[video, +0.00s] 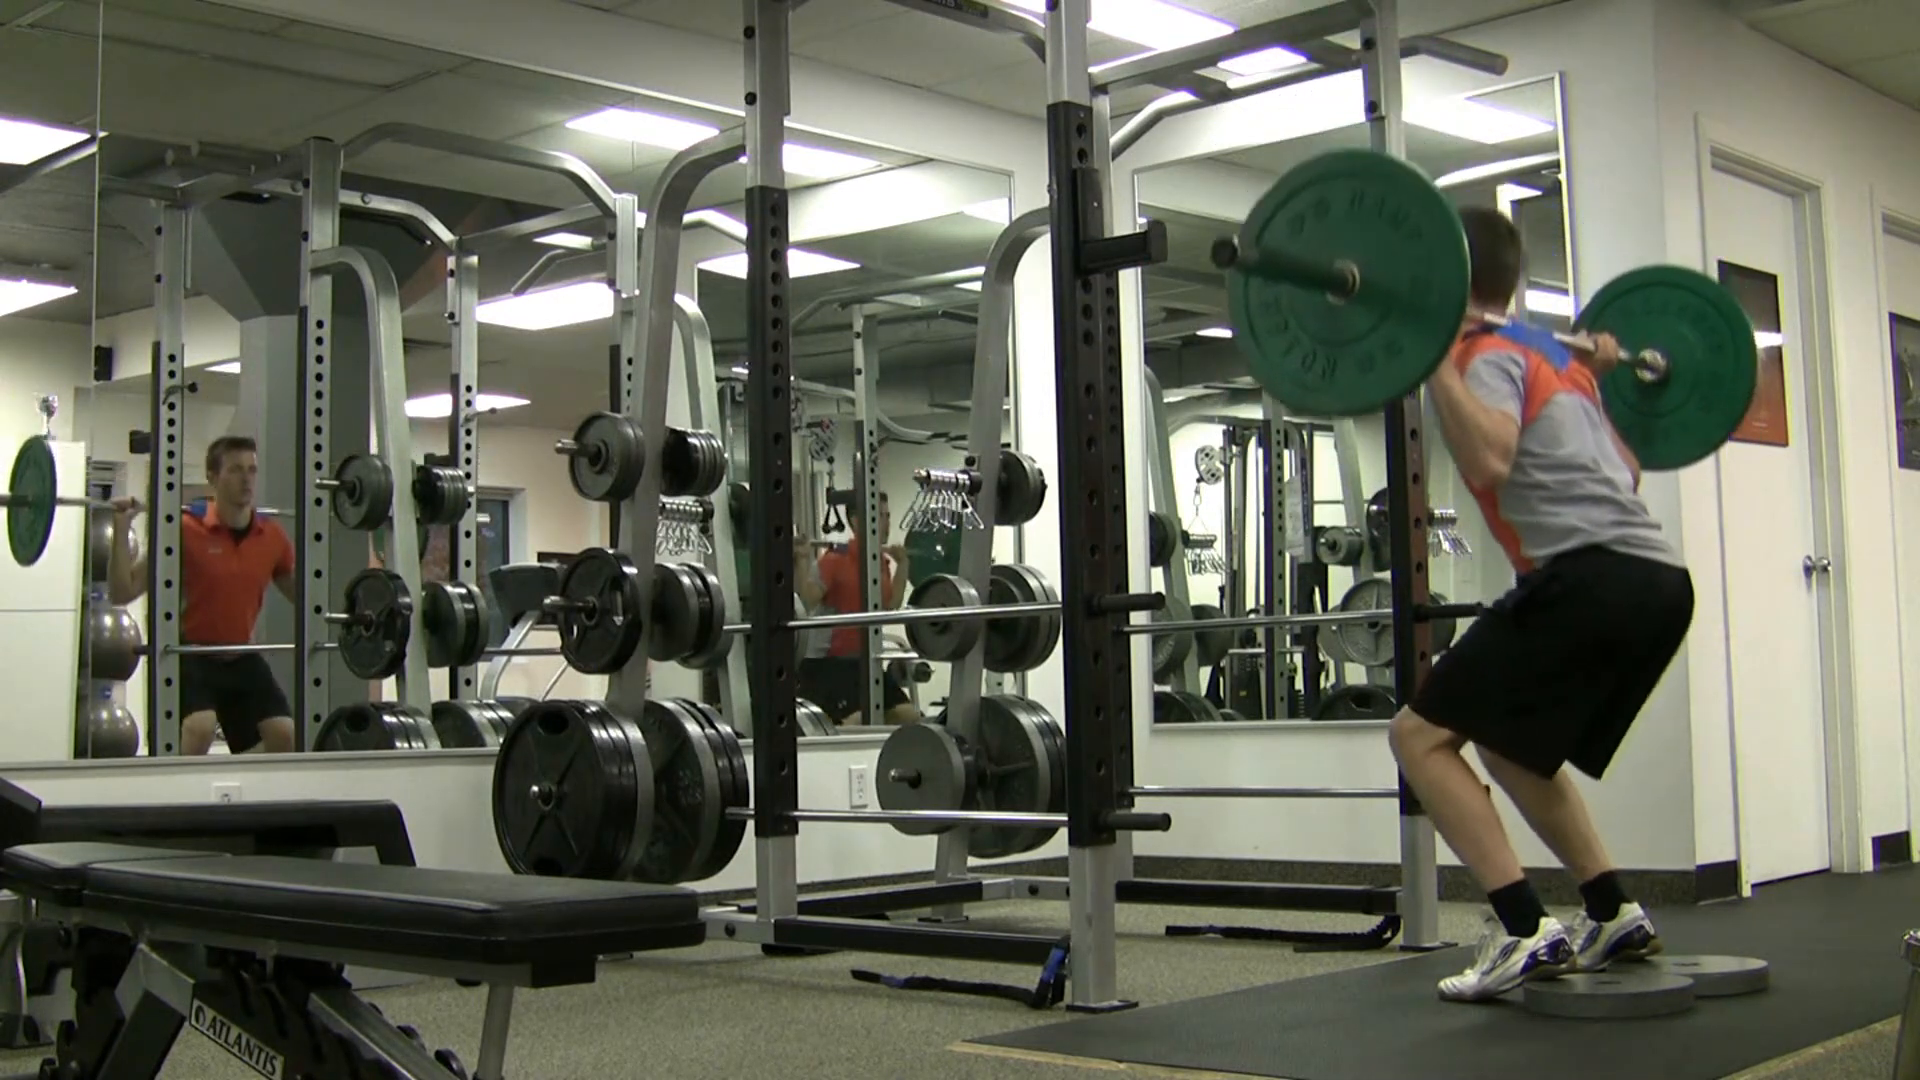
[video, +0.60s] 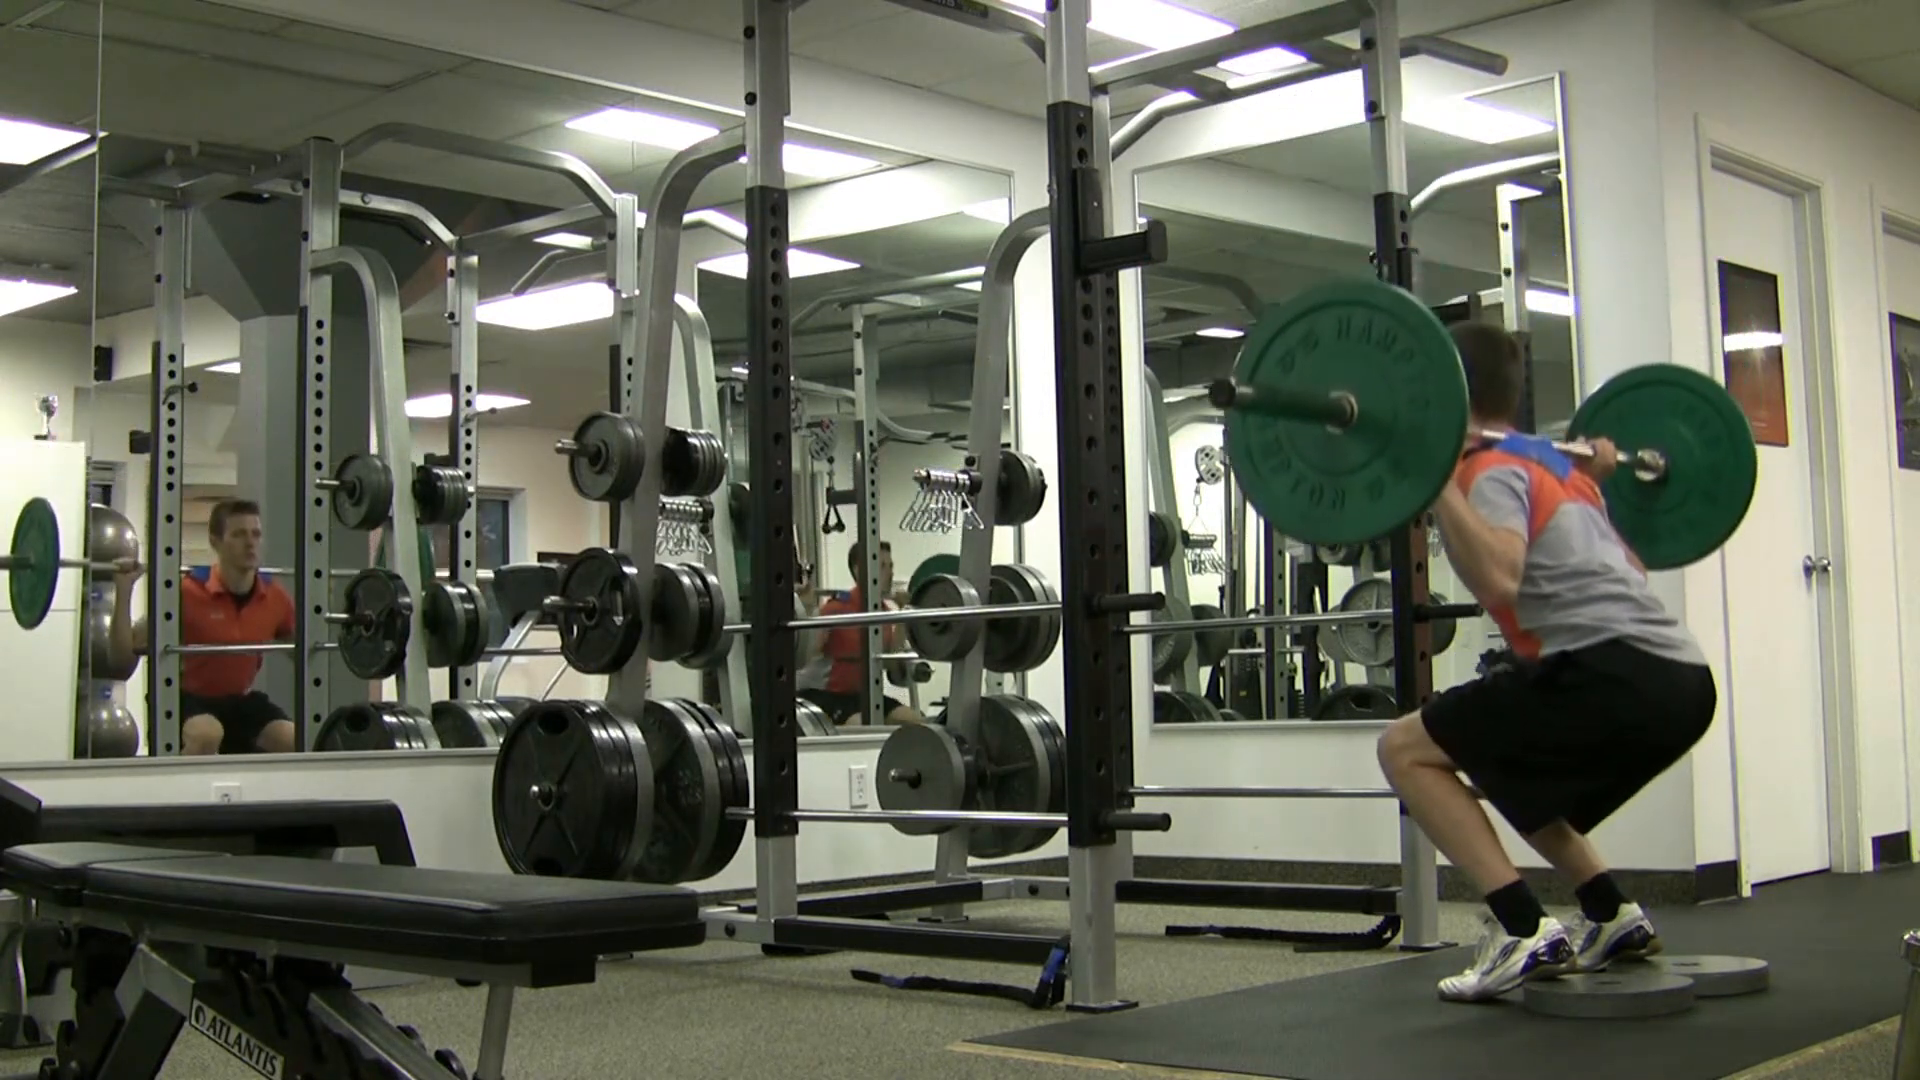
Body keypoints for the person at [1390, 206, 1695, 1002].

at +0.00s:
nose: (1426, 291)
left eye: (1432, 273)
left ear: (1446, 282)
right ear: (1514, 284)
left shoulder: (1489, 352)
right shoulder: (1560, 361)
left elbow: (1488, 462)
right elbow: (1626, 466)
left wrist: (1435, 361)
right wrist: (1594, 373)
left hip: (1587, 577)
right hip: (1659, 584)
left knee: (1418, 734)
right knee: (1511, 745)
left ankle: (1523, 927)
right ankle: (1613, 911)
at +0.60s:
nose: (1425, 402)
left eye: (1430, 387)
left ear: (1443, 396)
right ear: (1514, 396)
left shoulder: (1494, 468)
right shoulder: (1560, 465)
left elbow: (1498, 582)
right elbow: (1623, 563)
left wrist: (1436, 480)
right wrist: (1593, 477)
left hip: (1609, 676)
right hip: (1681, 684)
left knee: (1406, 748)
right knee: (1508, 773)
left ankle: (1523, 929)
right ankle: (1612, 914)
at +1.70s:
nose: (1428, 320)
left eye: (1431, 307)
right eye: (1427, 309)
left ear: (1454, 312)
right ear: (1511, 313)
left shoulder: (1486, 376)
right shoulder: (1556, 385)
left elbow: (1485, 482)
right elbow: (1624, 486)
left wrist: (1422, 384)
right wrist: (1590, 399)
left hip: (1595, 596)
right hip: (1667, 597)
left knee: (1416, 738)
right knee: (1509, 748)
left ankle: (1522, 928)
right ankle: (1613, 912)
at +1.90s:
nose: (1431, 267)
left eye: (1434, 253)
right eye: (1434, 252)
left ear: (1454, 257)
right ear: (1511, 260)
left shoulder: (1484, 324)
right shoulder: (1561, 336)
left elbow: (1479, 429)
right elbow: (1628, 442)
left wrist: (1419, 322)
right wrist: (1597, 348)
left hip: (1586, 551)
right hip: (1656, 550)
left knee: (1430, 728)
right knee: (1514, 730)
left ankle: (1524, 930)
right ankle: (1614, 911)